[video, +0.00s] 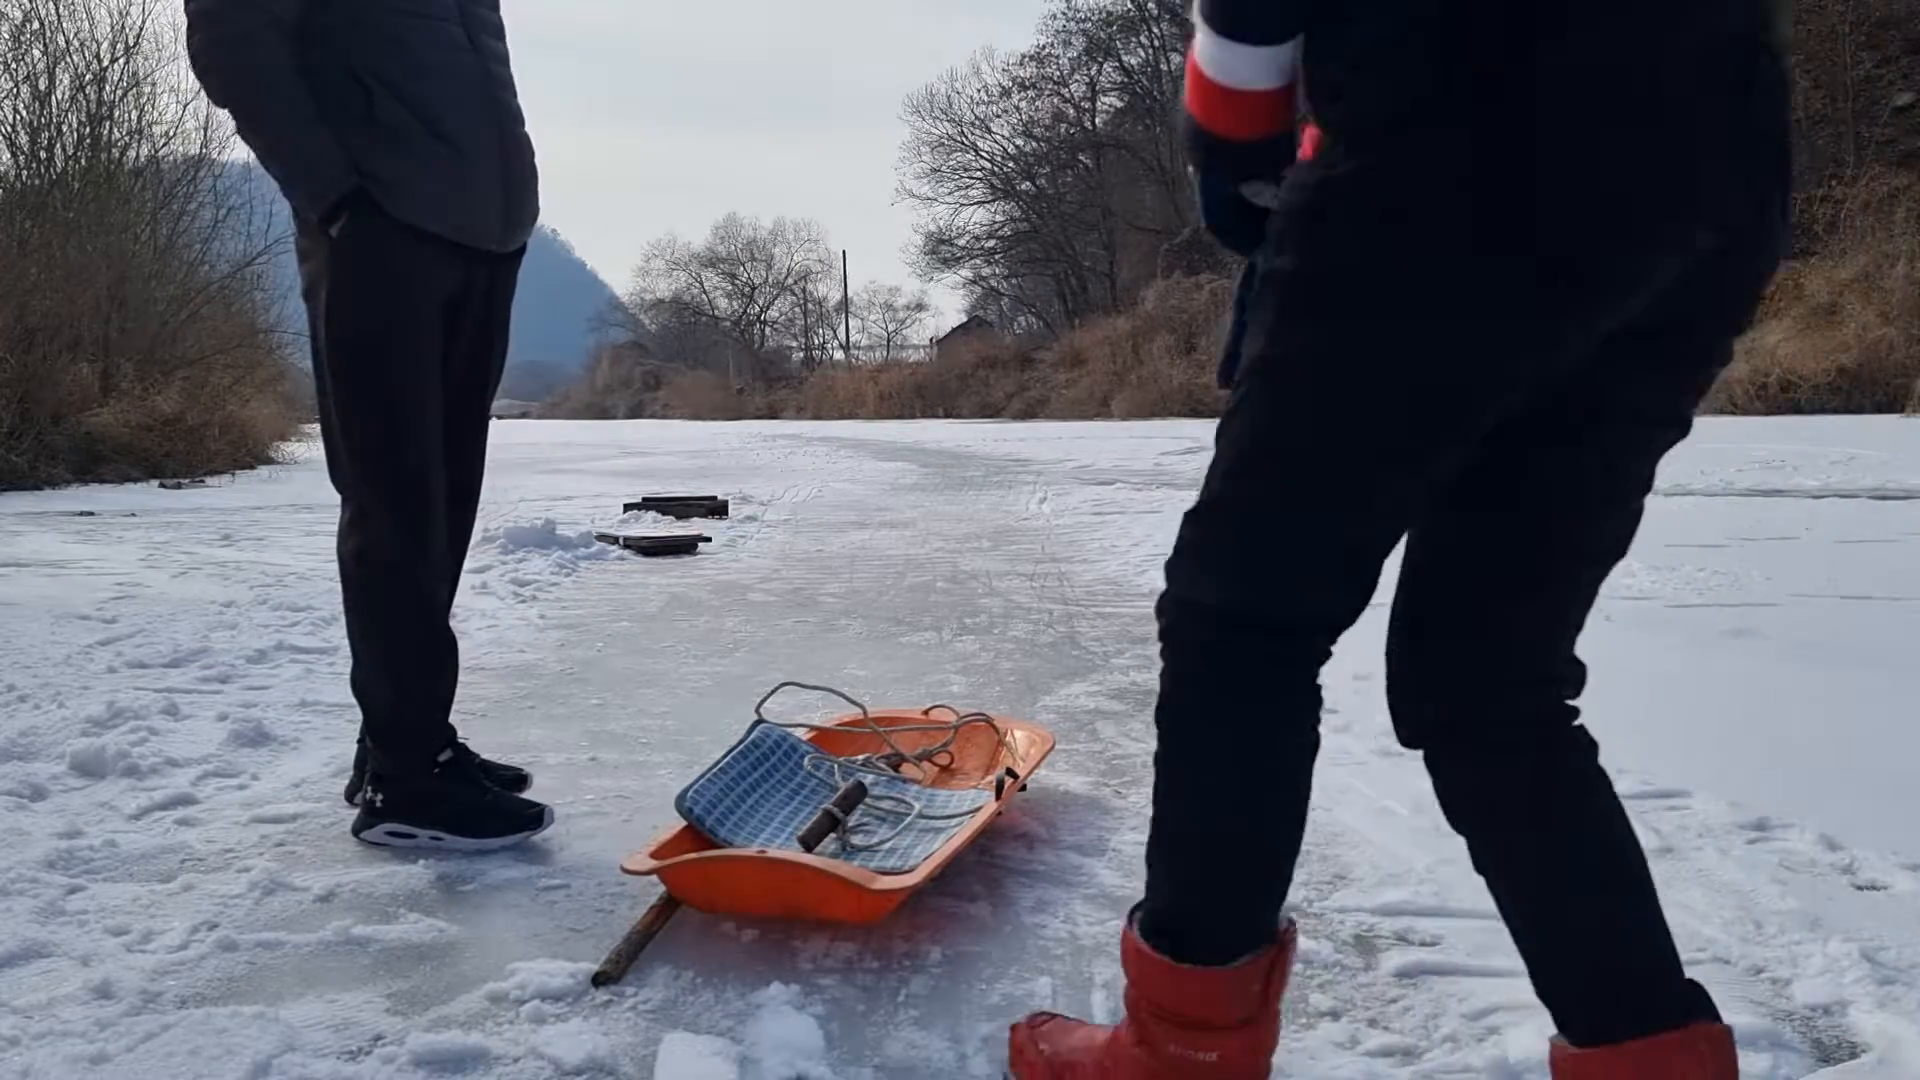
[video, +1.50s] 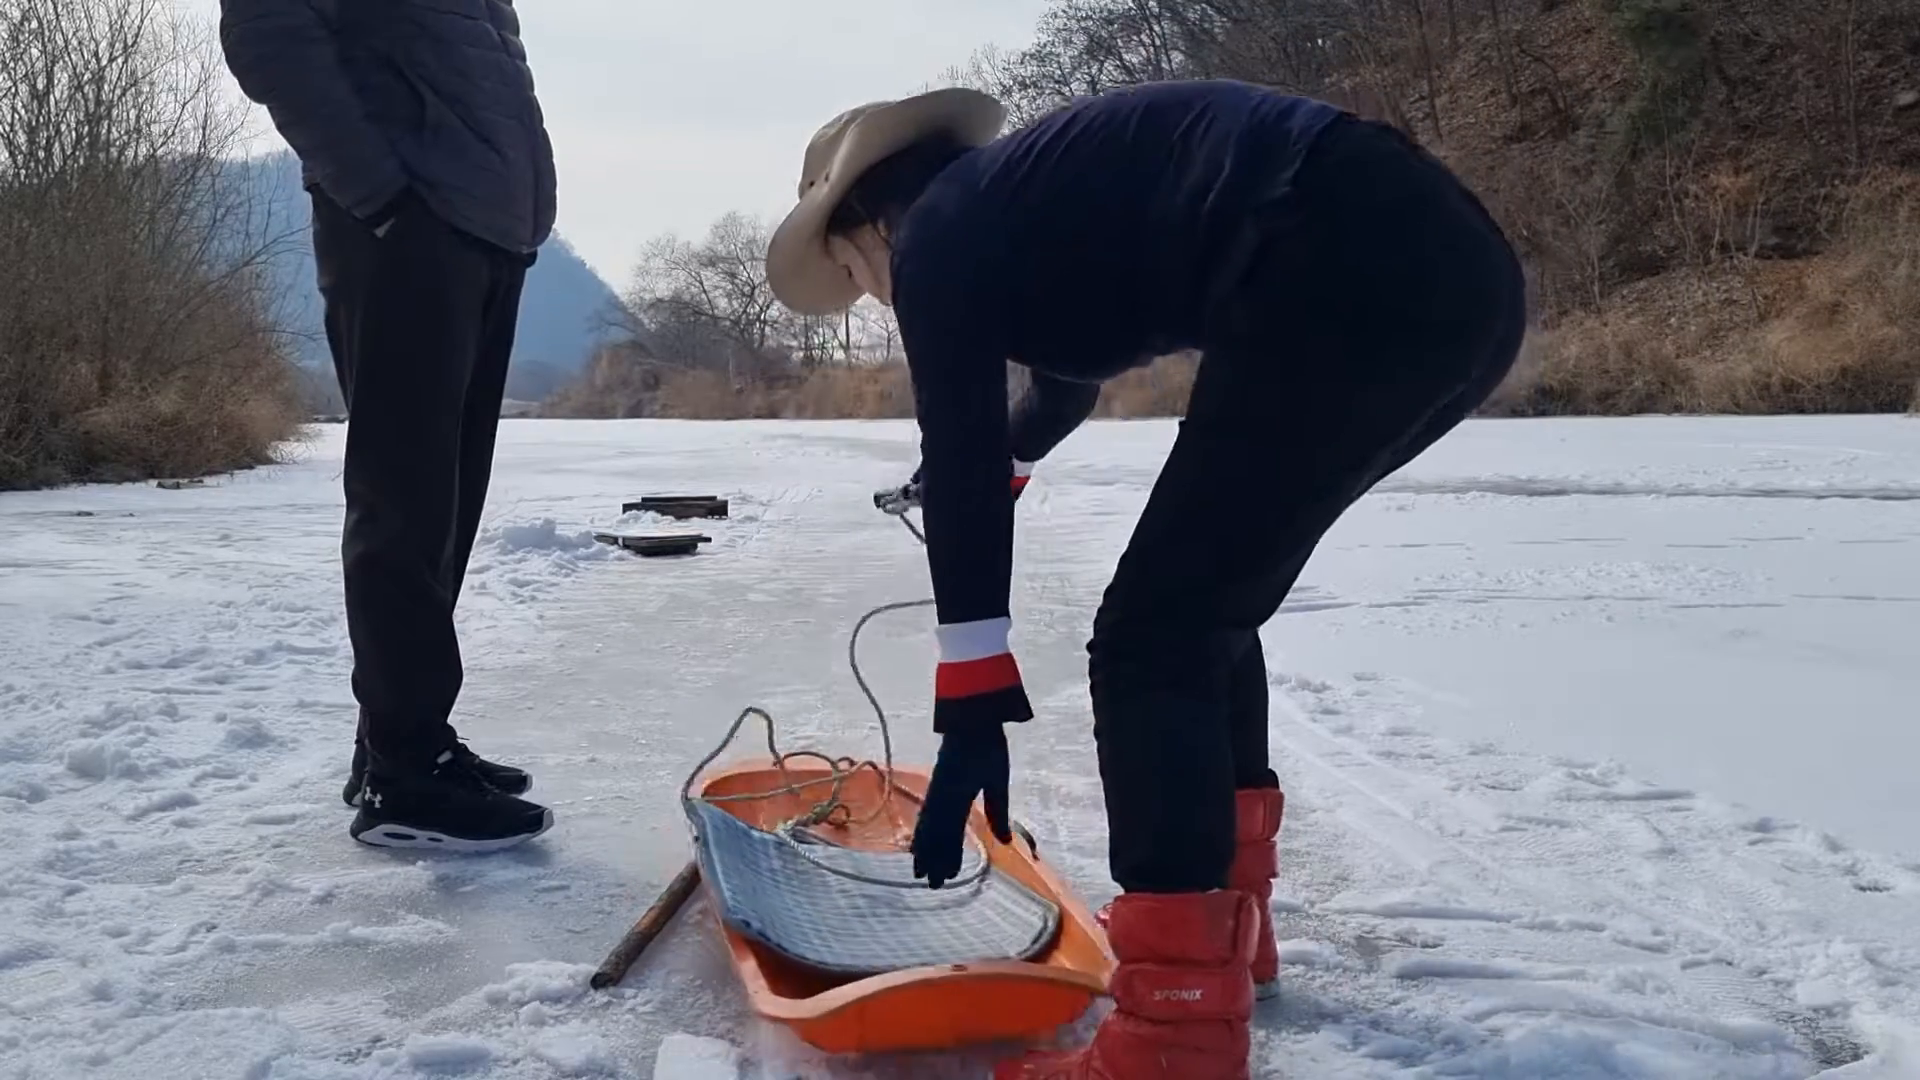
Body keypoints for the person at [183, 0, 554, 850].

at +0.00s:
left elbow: (476, 35)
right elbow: (227, 33)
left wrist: (506, 182)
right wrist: (334, 197)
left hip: (483, 222)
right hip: (378, 218)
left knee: (444, 501)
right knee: (394, 502)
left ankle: (413, 747)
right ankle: (402, 776)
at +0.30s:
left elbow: (479, 30)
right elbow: (248, 33)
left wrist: (505, 179)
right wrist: (355, 193)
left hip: (479, 220)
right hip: (386, 216)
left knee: (443, 505)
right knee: (399, 504)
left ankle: (416, 750)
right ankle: (401, 777)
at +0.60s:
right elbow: (266, 27)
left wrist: (507, 179)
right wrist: (375, 188)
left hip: (479, 219)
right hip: (400, 212)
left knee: (446, 495)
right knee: (405, 495)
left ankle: (415, 746)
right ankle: (402, 772)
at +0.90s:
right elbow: (275, 25)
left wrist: (505, 188)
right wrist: (384, 189)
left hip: (478, 218)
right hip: (403, 211)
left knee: (443, 494)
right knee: (404, 494)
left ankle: (416, 747)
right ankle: (402, 772)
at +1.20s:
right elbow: (271, 31)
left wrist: (504, 186)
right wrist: (381, 191)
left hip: (479, 223)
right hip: (402, 215)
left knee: (443, 497)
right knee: (402, 496)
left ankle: (416, 746)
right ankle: (400, 770)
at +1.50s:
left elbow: (486, 43)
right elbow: (265, 32)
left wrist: (517, 190)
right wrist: (379, 193)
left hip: (485, 228)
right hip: (404, 219)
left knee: (445, 499)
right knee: (402, 498)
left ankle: (414, 746)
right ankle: (401, 771)